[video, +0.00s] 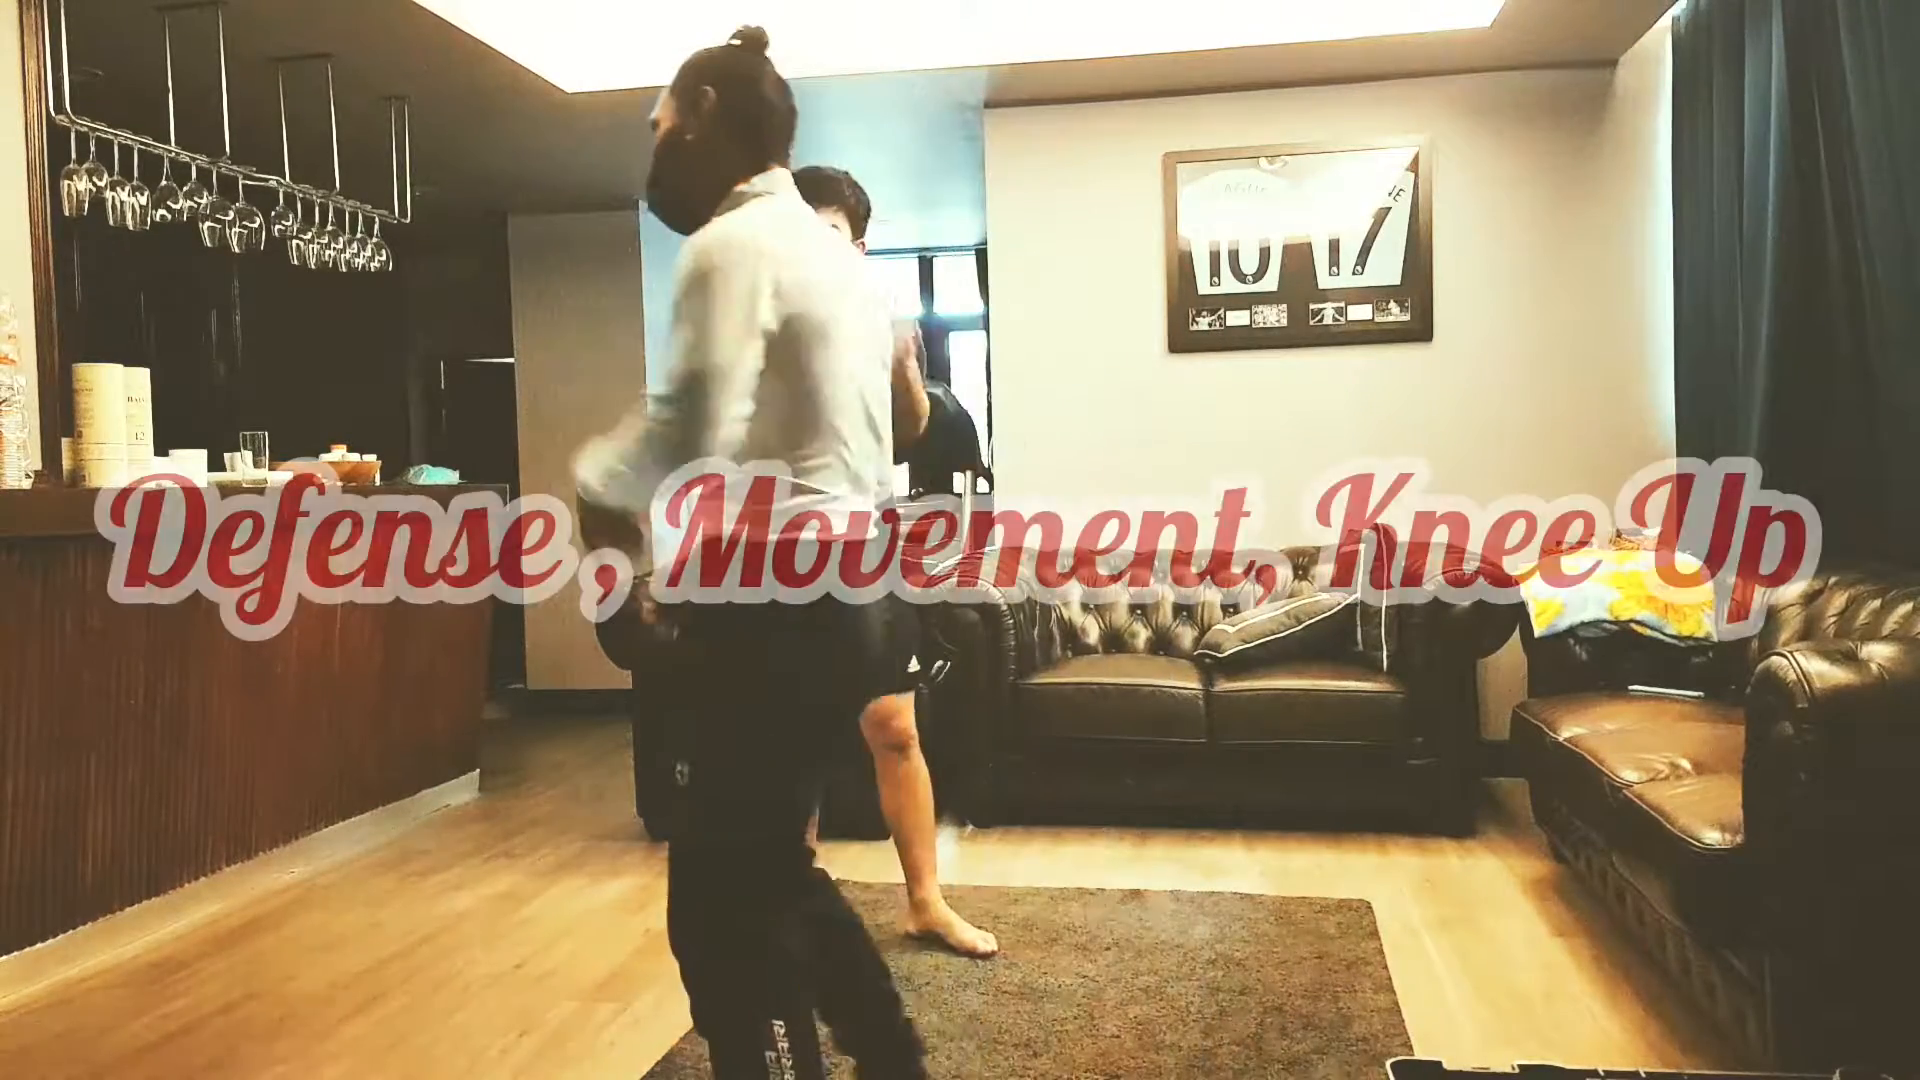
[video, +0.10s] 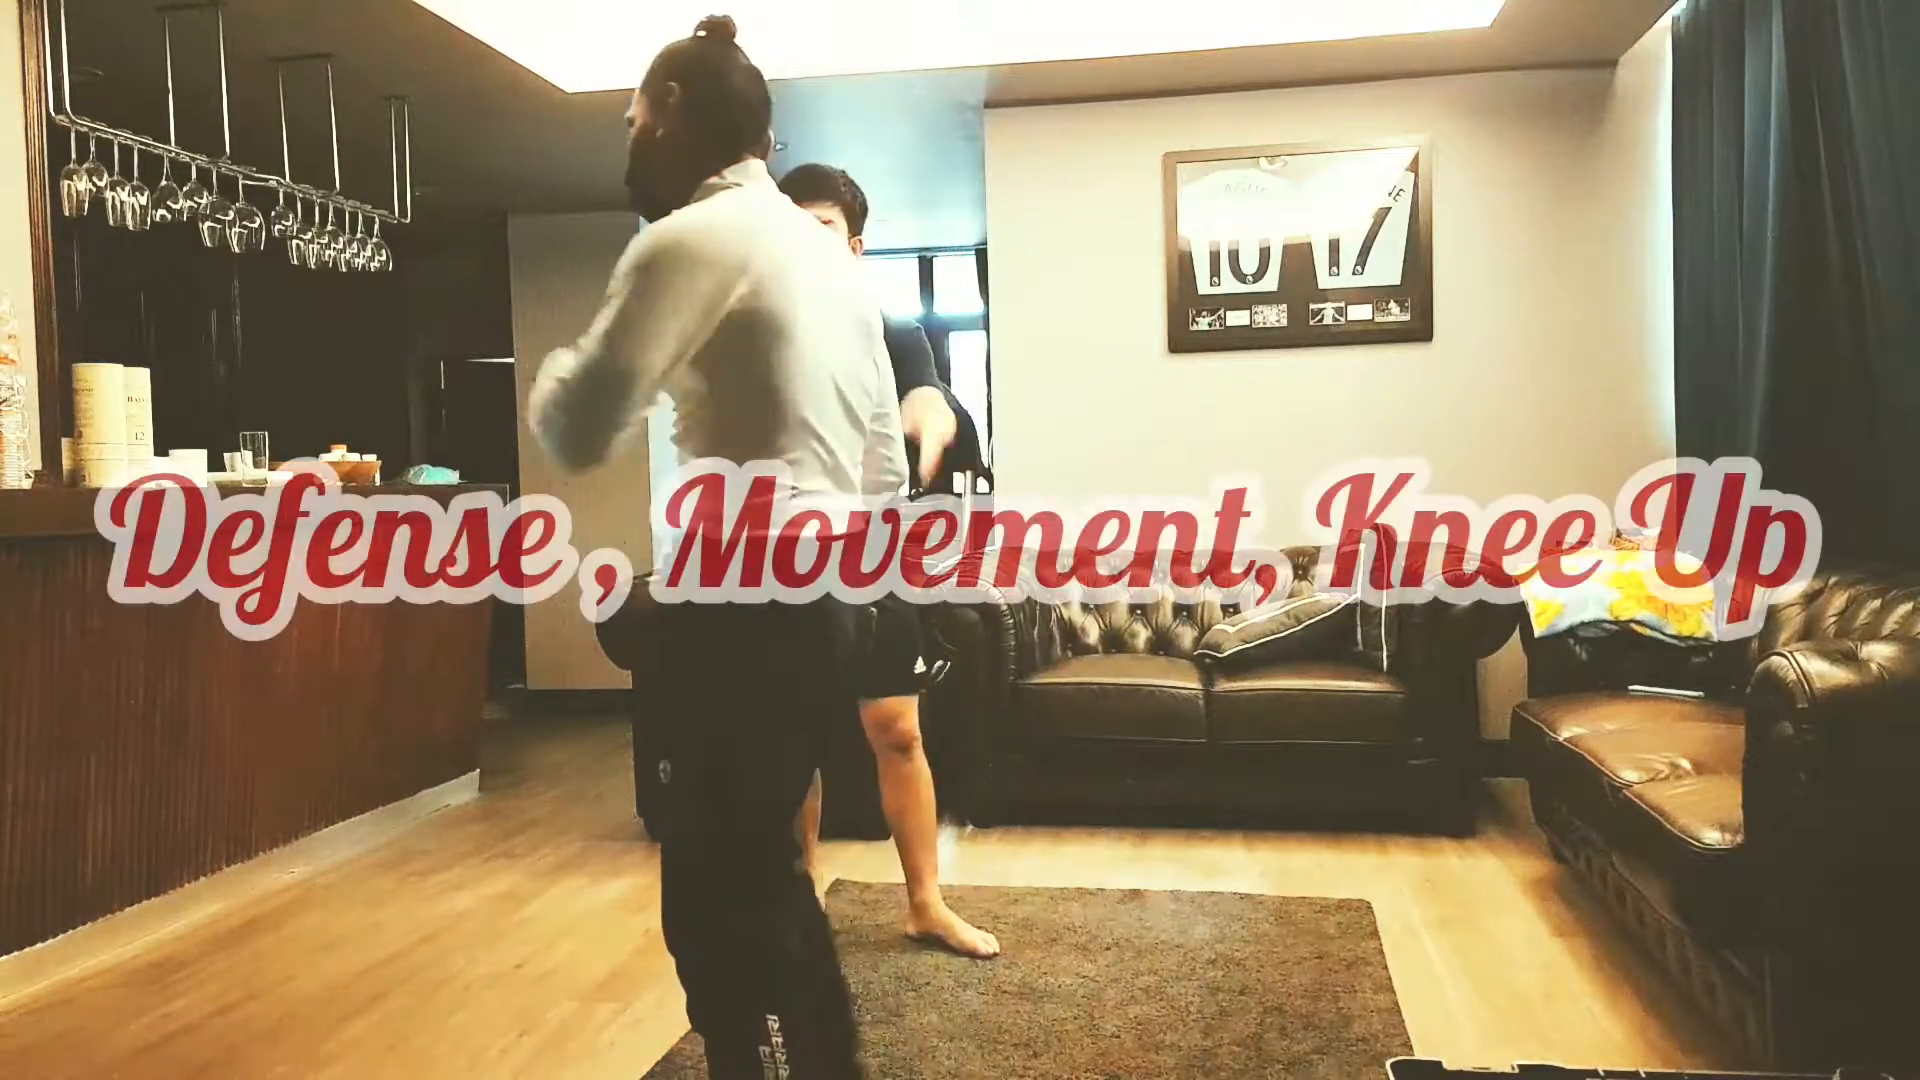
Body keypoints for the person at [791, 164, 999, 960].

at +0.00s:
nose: (822, 239)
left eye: (835, 225)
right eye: (810, 225)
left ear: (859, 229)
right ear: (792, 230)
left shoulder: (882, 318)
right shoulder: (773, 325)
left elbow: (913, 434)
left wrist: (905, 374)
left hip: (872, 540)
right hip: (785, 543)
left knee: (893, 726)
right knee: (788, 738)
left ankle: (927, 898)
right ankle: (795, 909)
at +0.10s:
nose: (815, 242)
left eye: (828, 227)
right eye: (801, 228)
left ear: (857, 238)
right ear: (783, 236)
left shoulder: (894, 336)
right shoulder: (764, 334)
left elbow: (931, 416)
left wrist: (911, 468)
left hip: (881, 562)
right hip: (787, 565)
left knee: (898, 731)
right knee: (793, 745)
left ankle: (927, 899)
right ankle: (801, 899)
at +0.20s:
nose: (813, 240)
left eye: (825, 225)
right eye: (798, 227)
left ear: (854, 234)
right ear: (778, 238)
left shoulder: (897, 336)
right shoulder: (763, 338)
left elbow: (941, 438)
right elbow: (729, 457)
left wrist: (955, 541)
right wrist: (742, 552)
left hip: (887, 558)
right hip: (793, 562)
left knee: (901, 728)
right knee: (797, 734)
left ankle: (928, 898)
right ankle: (805, 887)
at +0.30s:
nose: (808, 237)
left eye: (821, 222)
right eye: (794, 225)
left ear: (855, 232)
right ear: (778, 237)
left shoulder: (905, 338)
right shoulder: (766, 337)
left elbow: (941, 463)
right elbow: (744, 462)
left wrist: (959, 575)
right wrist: (746, 564)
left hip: (893, 561)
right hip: (797, 564)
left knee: (905, 730)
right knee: (803, 731)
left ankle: (928, 898)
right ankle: (809, 882)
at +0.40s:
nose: (813, 236)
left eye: (826, 220)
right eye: (799, 225)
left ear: (864, 229)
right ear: (784, 237)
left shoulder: (915, 337)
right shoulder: (772, 337)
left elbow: (946, 467)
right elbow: (761, 463)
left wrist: (944, 570)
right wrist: (778, 553)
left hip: (899, 559)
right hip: (804, 561)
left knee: (911, 729)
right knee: (807, 734)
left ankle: (929, 899)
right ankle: (808, 890)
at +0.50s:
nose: (826, 234)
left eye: (841, 218)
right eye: (810, 223)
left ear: (878, 230)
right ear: (795, 238)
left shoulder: (924, 335)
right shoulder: (782, 333)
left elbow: (953, 466)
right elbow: (771, 457)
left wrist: (939, 561)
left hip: (902, 557)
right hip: (808, 559)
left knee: (915, 731)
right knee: (808, 729)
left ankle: (927, 900)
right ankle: (805, 886)